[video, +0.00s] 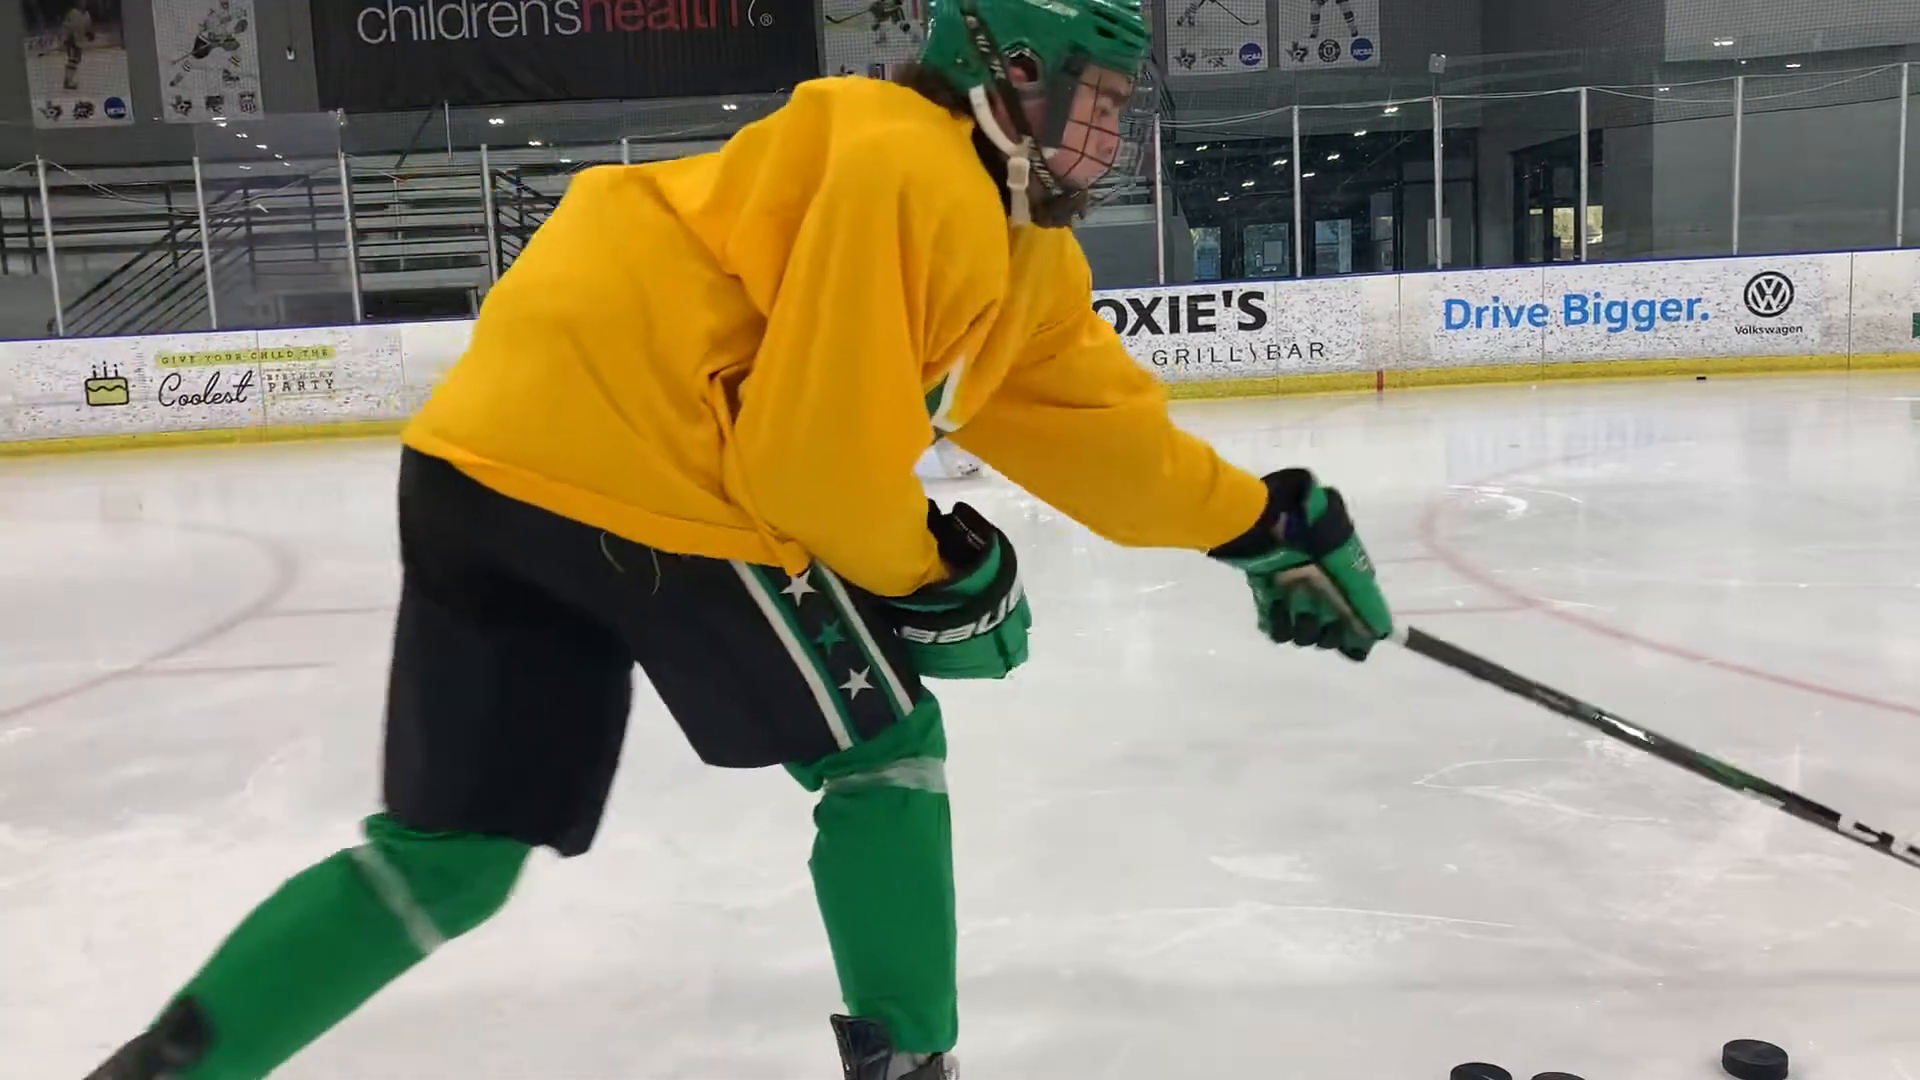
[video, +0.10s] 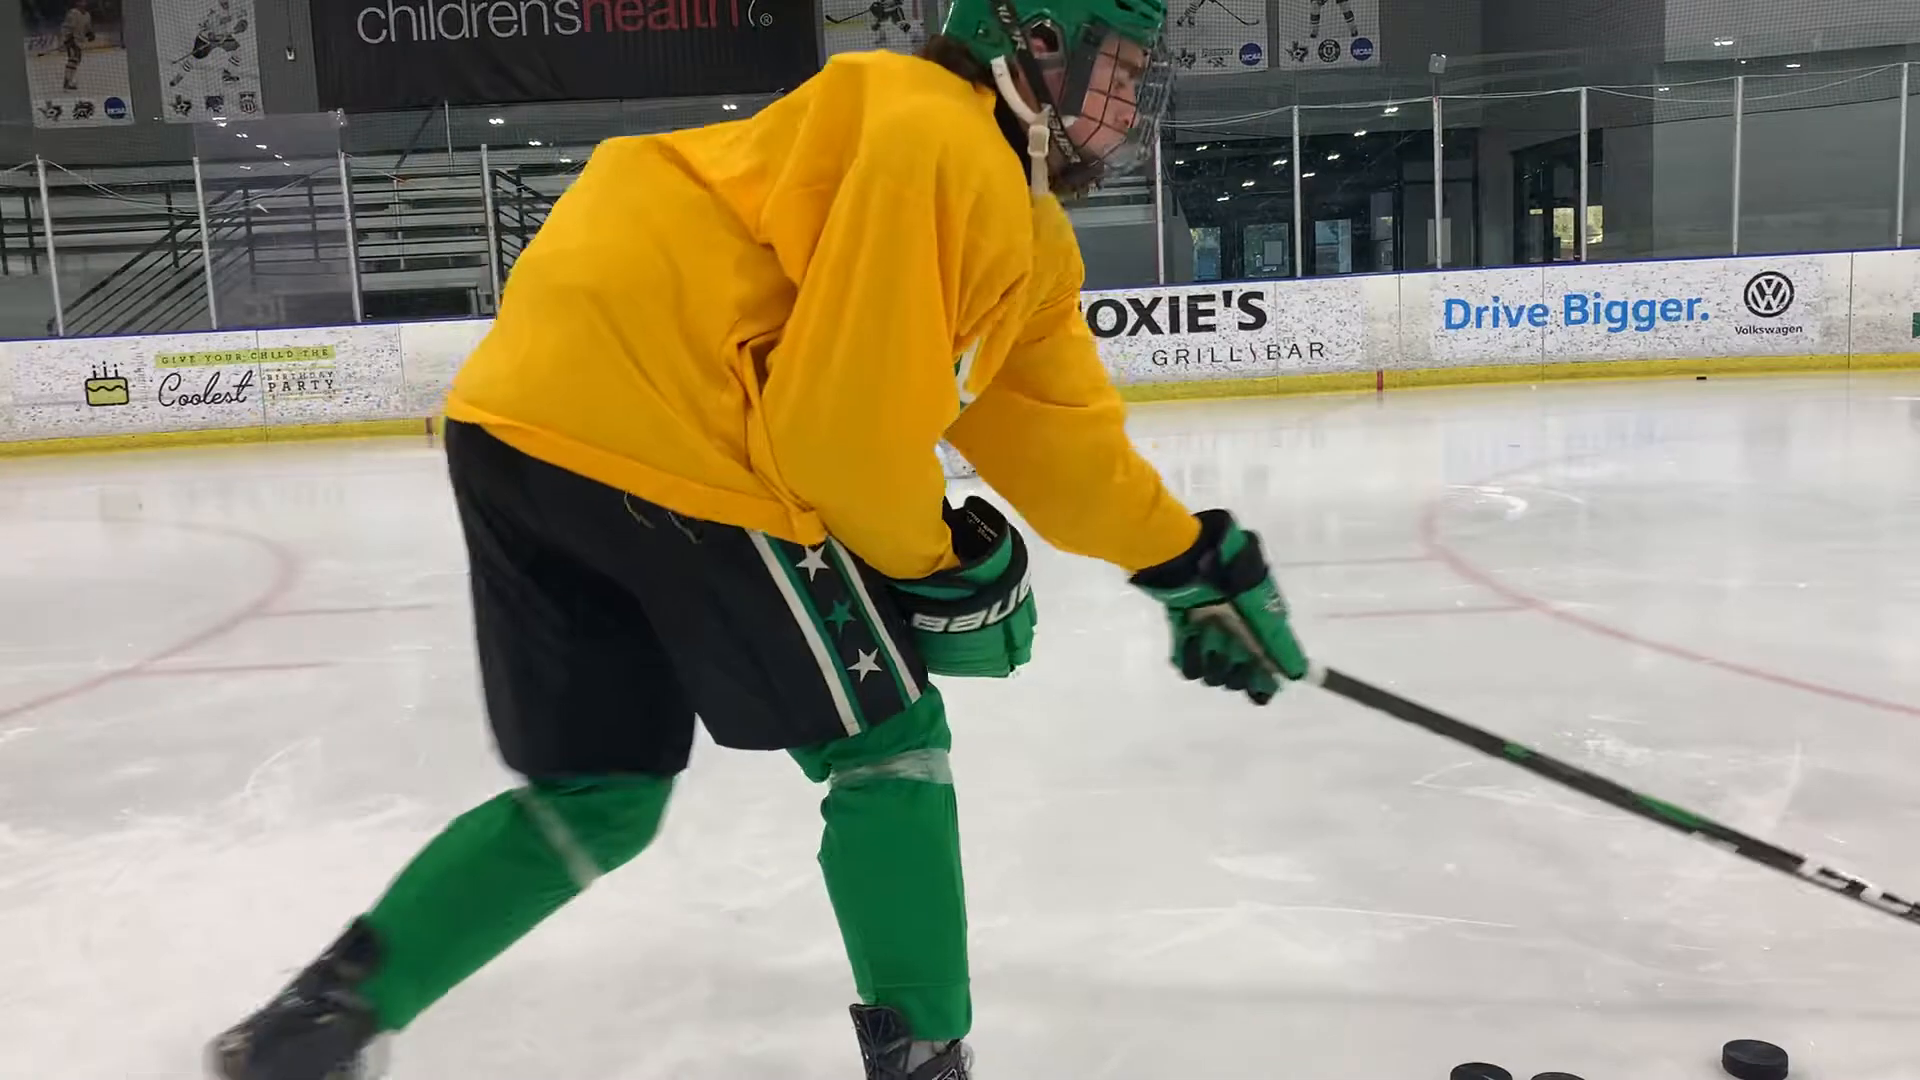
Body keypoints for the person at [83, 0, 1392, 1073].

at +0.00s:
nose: (1114, 135)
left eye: (1123, 105)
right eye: (1093, 97)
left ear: (1056, 104)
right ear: (998, 73)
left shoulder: (1013, 245)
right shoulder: (904, 165)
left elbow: (1087, 419)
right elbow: (809, 459)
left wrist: (1269, 528)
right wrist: (936, 571)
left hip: (483, 452)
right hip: (633, 479)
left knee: (452, 847)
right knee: (881, 745)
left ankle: (169, 1058)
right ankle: (904, 1051)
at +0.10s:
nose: (1130, 112)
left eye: (1139, 82)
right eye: (1114, 73)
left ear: (1065, 68)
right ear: (1033, 48)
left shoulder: (1015, 228)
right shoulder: (932, 137)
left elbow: (1054, 432)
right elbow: (839, 431)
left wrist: (1192, 562)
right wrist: (947, 565)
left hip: (515, 415)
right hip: (667, 444)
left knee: (600, 793)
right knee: (883, 743)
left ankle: (309, 1026)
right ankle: (920, 1060)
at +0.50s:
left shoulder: (824, 34)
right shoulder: (798, 28)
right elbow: (729, 288)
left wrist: (882, 276)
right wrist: (849, 470)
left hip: (665, 388)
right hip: (613, 400)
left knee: (799, 671)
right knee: (808, 692)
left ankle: (817, 921)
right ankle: (820, 1026)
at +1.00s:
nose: (687, 29)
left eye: (706, 24)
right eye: (694, 4)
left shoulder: (450, 24)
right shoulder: (590, 109)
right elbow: (545, 370)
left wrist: (537, 484)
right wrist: (580, 524)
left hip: (262, 386)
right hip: (368, 408)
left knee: (398, 663)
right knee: (535, 723)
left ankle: (363, 897)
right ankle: (501, 1041)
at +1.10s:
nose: (623, 26)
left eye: (636, 20)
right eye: (626, 6)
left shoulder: (363, 19)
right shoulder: (534, 118)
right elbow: (485, 398)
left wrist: (453, 477)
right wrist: (516, 532)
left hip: (162, 386)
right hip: (296, 414)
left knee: (303, 679)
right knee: (470, 732)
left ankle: (269, 923)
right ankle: (444, 1051)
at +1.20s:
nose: (551, 28)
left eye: (564, 22)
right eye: (555, 11)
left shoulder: (274, 21)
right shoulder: (468, 113)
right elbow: (420, 391)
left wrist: (372, 475)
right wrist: (455, 531)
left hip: (69, 386)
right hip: (216, 415)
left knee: (212, 702)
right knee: (396, 750)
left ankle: (181, 956)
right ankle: (377, 1061)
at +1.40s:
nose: (422, 16)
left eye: (437, 9)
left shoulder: (105, 15)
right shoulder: (320, 105)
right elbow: (282, 403)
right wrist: (367, 525)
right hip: (72, 428)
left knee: (48, 731)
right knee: (230, 783)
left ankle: (25, 995)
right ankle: (206, 1067)